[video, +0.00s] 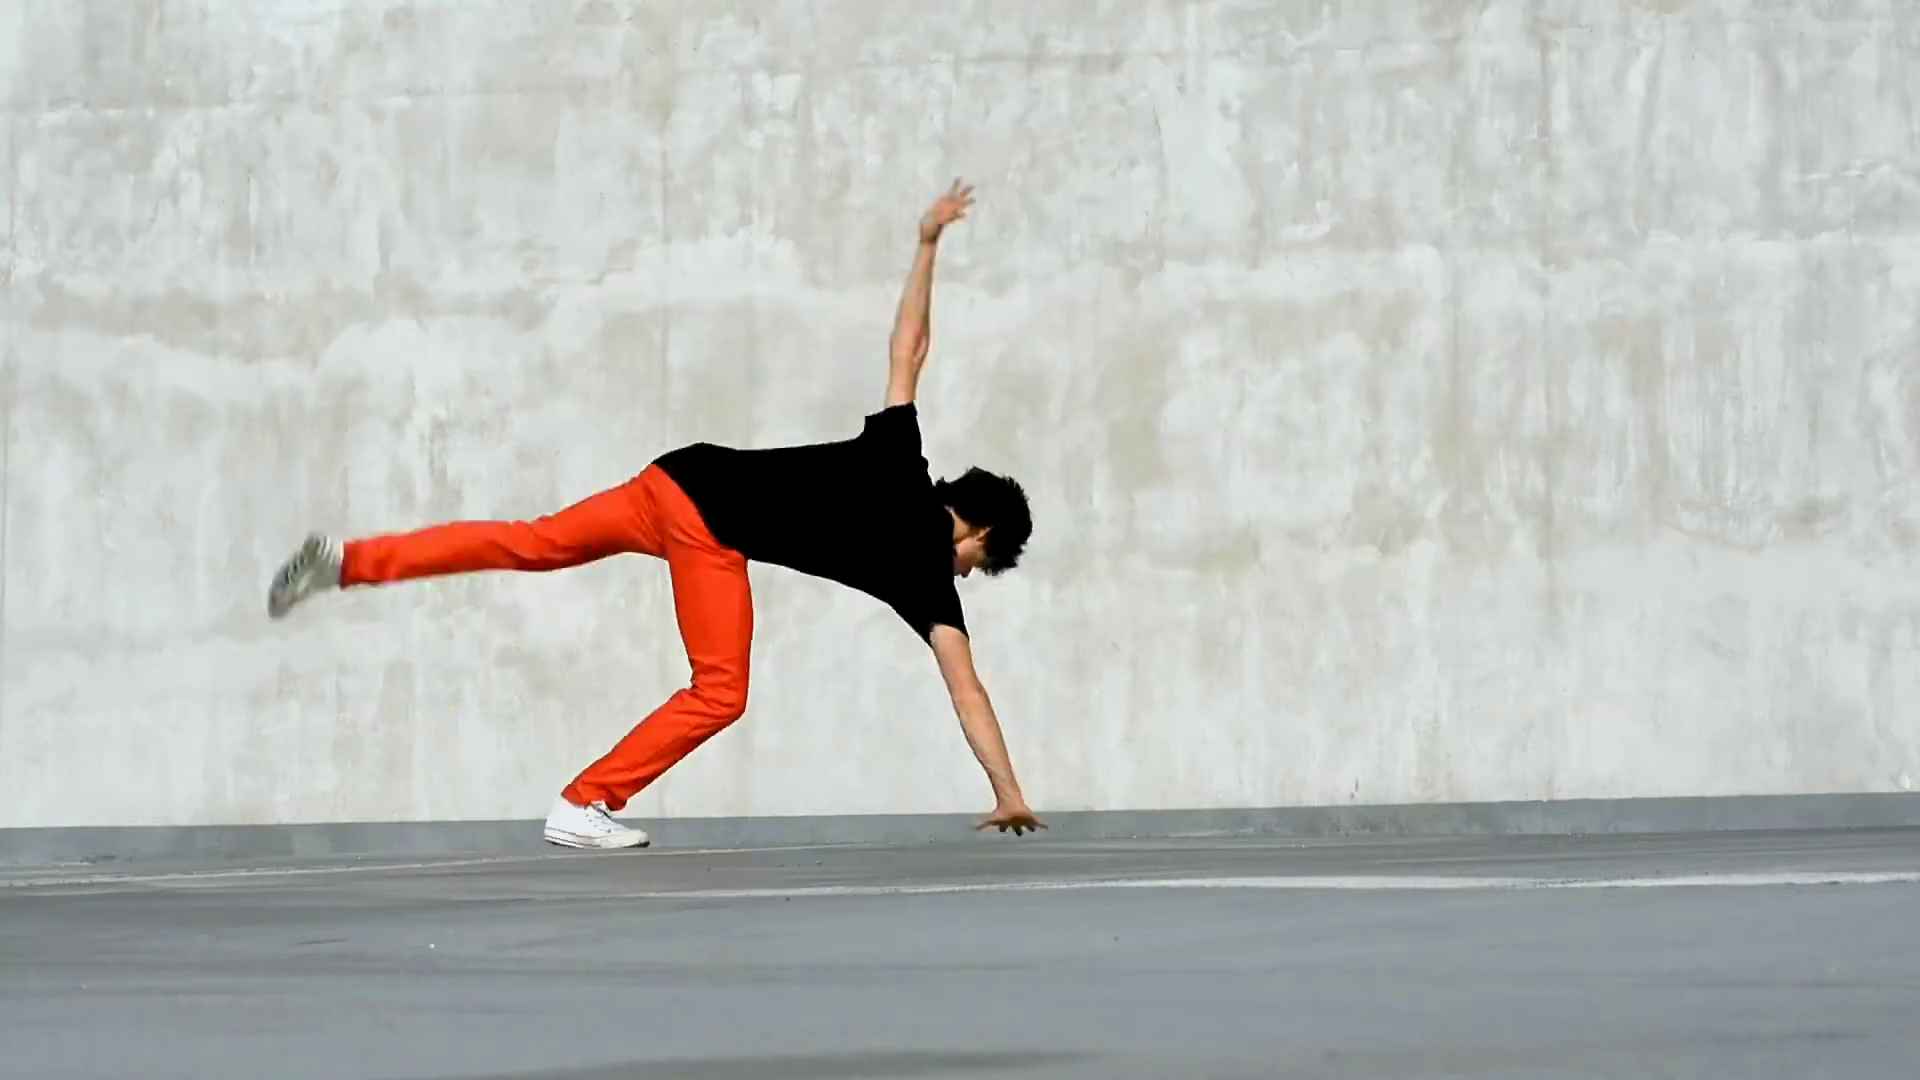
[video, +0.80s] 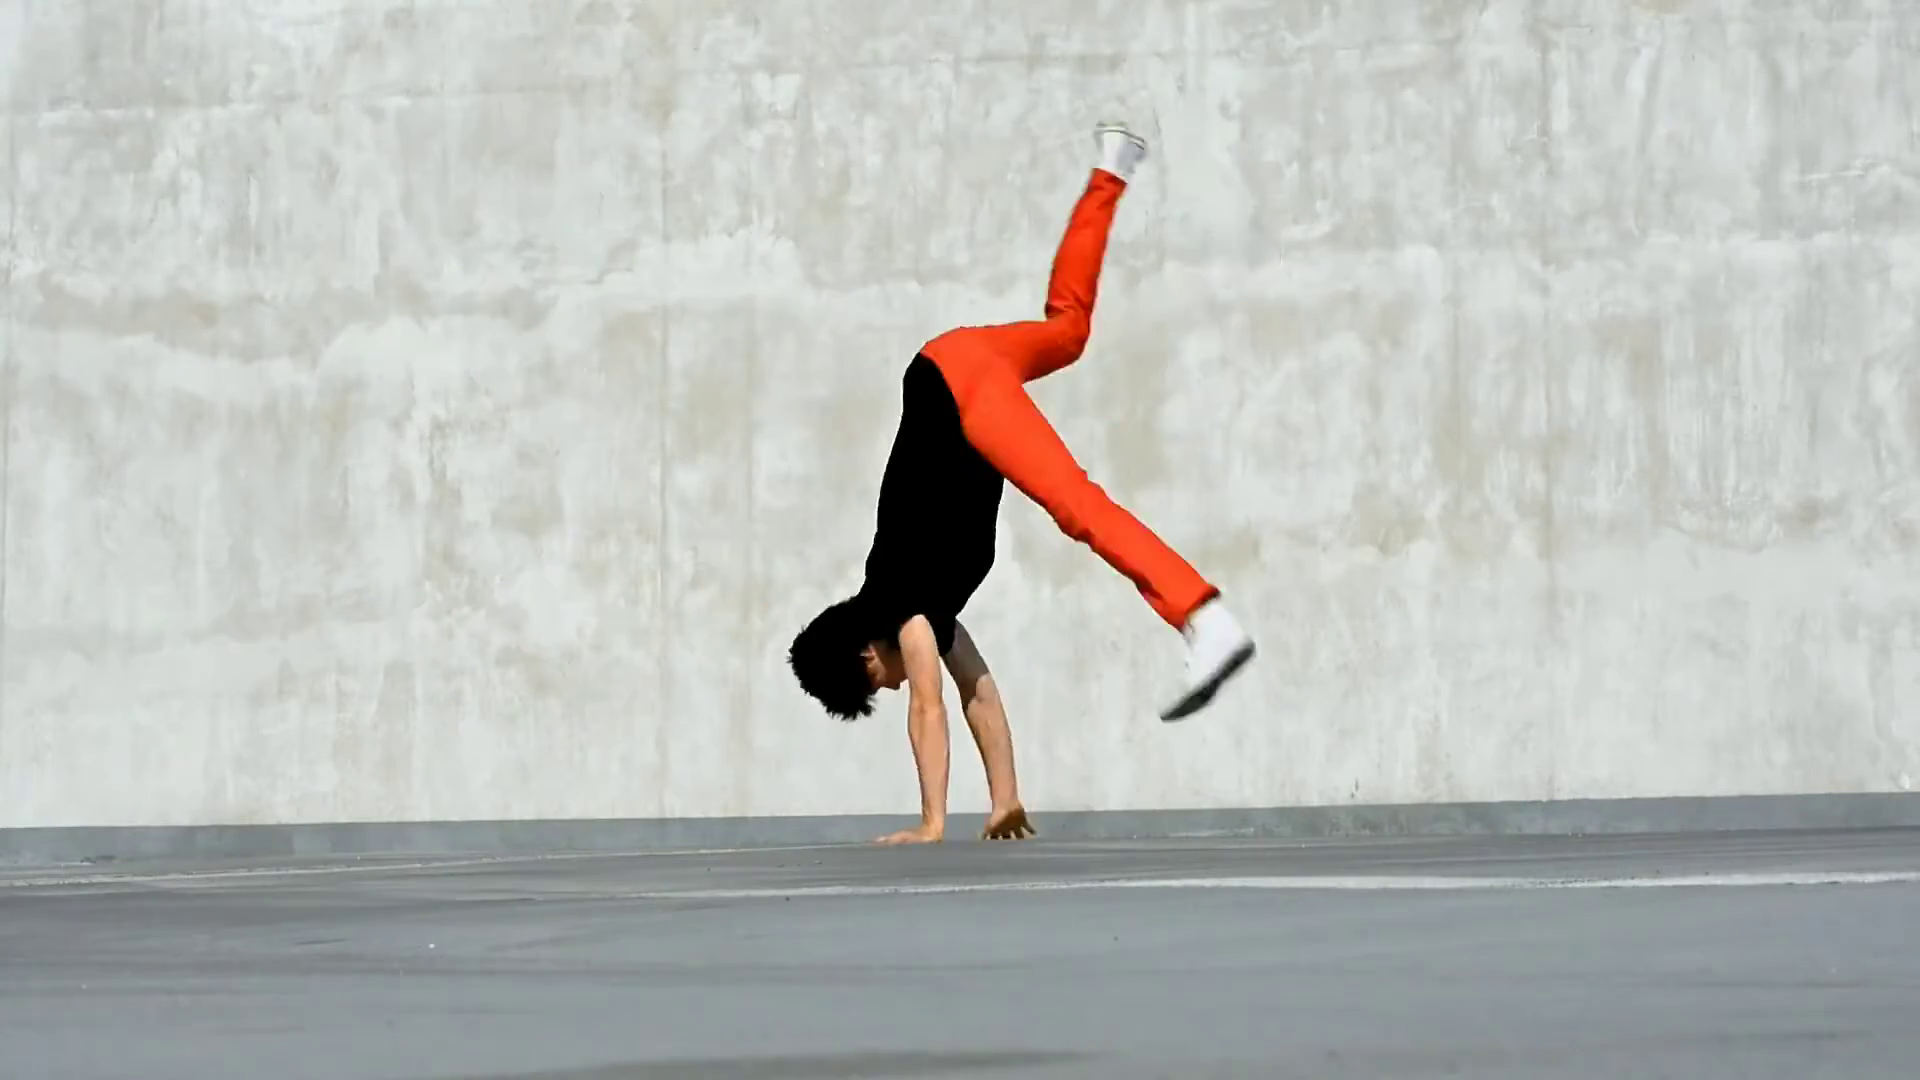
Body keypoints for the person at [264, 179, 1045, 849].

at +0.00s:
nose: (970, 573)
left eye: (982, 563)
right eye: (979, 562)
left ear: (956, 501)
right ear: (968, 537)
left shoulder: (899, 447)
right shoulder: (926, 581)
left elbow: (911, 347)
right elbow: (968, 692)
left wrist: (927, 238)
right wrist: (1012, 796)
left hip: (676, 478)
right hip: (709, 529)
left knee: (527, 542)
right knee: (720, 693)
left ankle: (344, 564)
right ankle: (586, 805)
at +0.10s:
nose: (983, 622)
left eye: (992, 613)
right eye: (992, 612)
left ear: (969, 552)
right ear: (979, 585)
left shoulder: (922, 497)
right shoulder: (945, 615)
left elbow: (956, 425)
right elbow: (977, 712)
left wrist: (1010, 355)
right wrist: (1016, 813)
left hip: (724, 461)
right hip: (756, 531)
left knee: (568, 440)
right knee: (725, 687)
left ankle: (493, 326)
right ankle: (583, 794)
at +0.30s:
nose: (922, 699)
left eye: (917, 702)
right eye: (932, 703)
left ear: (899, 665)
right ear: (953, 676)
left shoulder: (859, 601)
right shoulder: (984, 628)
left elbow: (794, 587)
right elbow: (1010, 720)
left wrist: (711, 619)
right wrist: (1022, 827)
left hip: (847, 408)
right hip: (896, 440)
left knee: (777, 271)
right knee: (802, 575)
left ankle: (947, 285)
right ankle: (699, 692)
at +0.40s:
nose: (905, 676)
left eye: (907, 689)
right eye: (905, 691)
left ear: (879, 654)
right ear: (932, 676)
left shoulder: (842, 599)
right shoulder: (985, 630)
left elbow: (736, 636)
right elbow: (1019, 730)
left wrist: (627, 675)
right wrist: (1023, 830)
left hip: (872, 417)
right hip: (950, 428)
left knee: (827, 253)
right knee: (933, 523)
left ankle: (982, 230)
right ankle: (918, 655)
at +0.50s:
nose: (904, 703)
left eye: (889, 708)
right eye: (901, 710)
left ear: (863, 678)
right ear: (908, 681)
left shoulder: (834, 609)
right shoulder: (979, 635)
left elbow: (805, 668)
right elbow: (1013, 724)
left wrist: (766, 753)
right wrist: (1023, 827)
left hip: (895, 410)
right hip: (976, 420)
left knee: (844, 252)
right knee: (1069, 514)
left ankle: (923, 120)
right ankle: (1184, 593)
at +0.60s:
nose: (880, 711)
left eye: (867, 710)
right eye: (868, 714)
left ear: (846, 669)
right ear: (887, 671)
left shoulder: (855, 622)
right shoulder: (970, 635)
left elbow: (881, 695)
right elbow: (1008, 731)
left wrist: (906, 805)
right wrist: (1022, 836)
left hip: (925, 407)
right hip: (991, 420)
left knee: (866, 270)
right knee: (1150, 463)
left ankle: (822, 103)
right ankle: (1335, 508)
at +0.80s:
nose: (887, 685)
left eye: (871, 679)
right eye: (875, 683)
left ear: (862, 651)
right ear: (875, 643)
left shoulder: (901, 608)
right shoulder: (928, 607)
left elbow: (926, 707)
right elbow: (979, 696)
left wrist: (932, 823)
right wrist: (1006, 805)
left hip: (957, 380)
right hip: (958, 356)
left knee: (1080, 508)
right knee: (1068, 330)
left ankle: (1212, 626)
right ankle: (1110, 174)